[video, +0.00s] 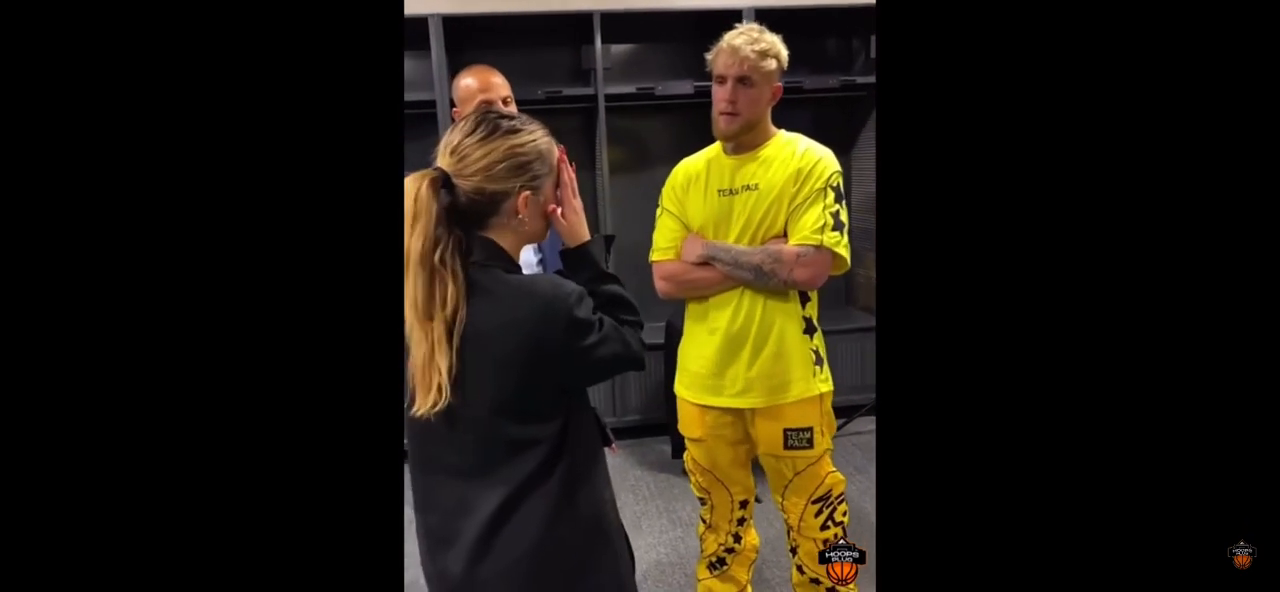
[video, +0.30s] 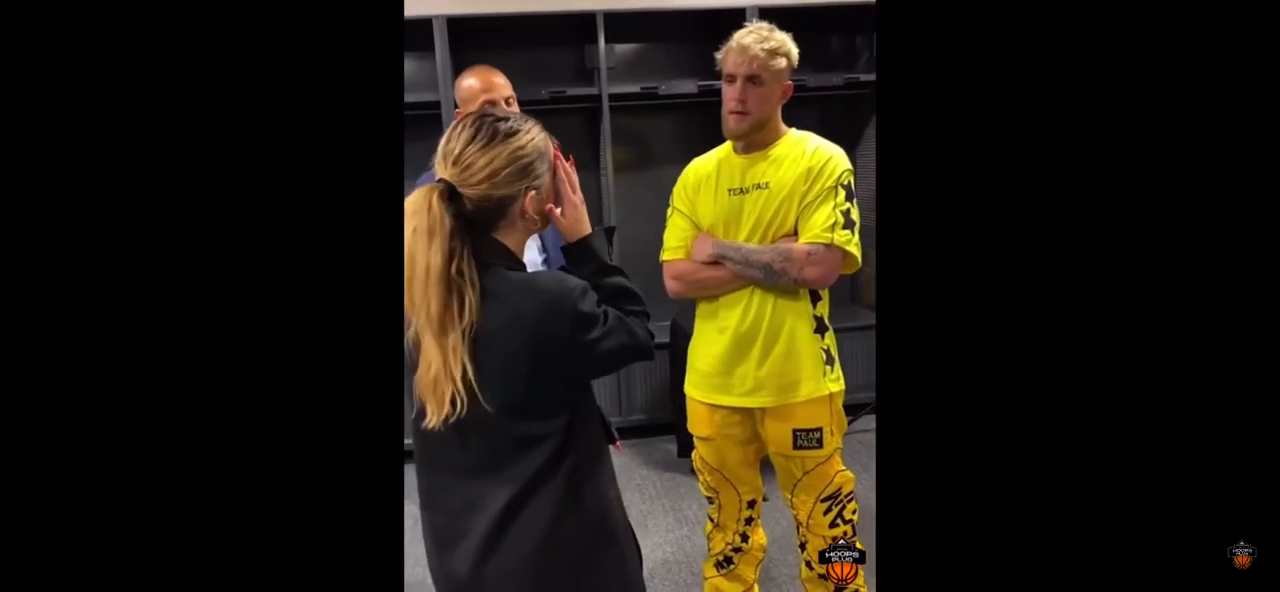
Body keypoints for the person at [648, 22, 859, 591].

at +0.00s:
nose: (725, 98)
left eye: (743, 84)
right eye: (718, 82)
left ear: (774, 92)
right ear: (708, 86)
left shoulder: (812, 163)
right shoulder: (684, 176)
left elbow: (811, 271)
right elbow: (667, 280)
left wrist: (706, 249)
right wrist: (768, 261)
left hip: (789, 379)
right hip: (704, 381)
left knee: (816, 530)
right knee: (719, 534)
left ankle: (824, 584)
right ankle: (722, 586)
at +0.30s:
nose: (735, 97)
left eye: (752, 82)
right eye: (728, 81)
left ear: (784, 90)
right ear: (718, 85)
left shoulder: (822, 161)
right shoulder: (695, 176)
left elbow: (820, 269)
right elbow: (677, 279)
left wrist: (716, 248)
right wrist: (777, 260)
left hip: (800, 378)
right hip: (713, 381)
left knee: (827, 532)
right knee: (727, 535)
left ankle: (838, 586)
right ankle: (729, 587)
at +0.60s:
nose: (735, 96)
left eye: (752, 81)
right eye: (728, 80)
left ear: (784, 89)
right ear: (718, 84)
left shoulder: (822, 162)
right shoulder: (692, 174)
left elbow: (823, 270)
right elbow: (675, 277)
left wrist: (717, 247)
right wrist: (778, 260)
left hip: (800, 376)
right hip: (712, 379)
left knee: (830, 531)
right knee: (729, 537)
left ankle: (842, 586)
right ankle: (734, 587)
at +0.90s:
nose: (731, 93)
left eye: (748, 79)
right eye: (723, 78)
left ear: (778, 88)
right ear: (713, 83)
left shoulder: (817, 161)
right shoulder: (686, 171)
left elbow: (822, 267)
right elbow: (670, 275)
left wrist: (712, 245)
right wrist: (775, 258)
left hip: (795, 374)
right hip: (708, 377)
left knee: (829, 525)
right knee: (729, 530)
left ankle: (842, 585)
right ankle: (733, 586)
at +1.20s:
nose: (725, 89)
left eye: (741, 76)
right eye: (717, 75)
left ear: (772, 85)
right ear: (707, 82)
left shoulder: (811, 157)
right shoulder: (682, 170)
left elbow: (816, 263)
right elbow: (666, 274)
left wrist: (707, 242)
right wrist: (769, 255)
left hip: (792, 371)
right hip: (705, 375)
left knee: (826, 519)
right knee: (727, 525)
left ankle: (842, 584)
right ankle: (732, 585)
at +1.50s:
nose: (719, 86)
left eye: (736, 72)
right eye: (712, 72)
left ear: (768, 82)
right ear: (704, 79)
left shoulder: (808, 153)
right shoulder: (682, 167)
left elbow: (812, 259)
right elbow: (663, 272)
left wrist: (704, 240)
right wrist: (765, 253)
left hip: (789, 369)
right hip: (704, 373)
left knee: (823, 519)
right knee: (725, 524)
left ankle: (839, 584)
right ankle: (731, 585)